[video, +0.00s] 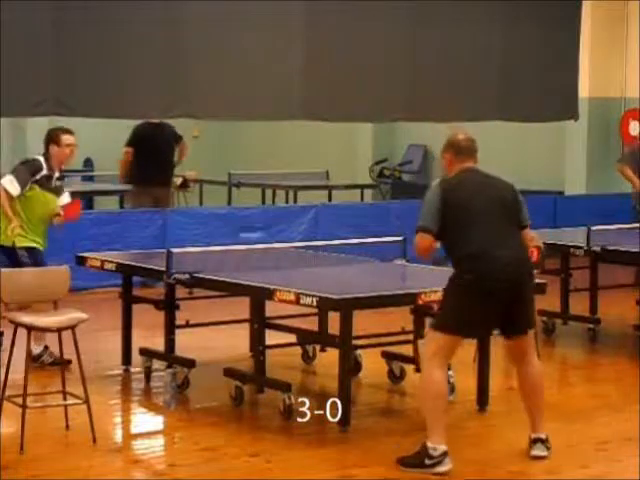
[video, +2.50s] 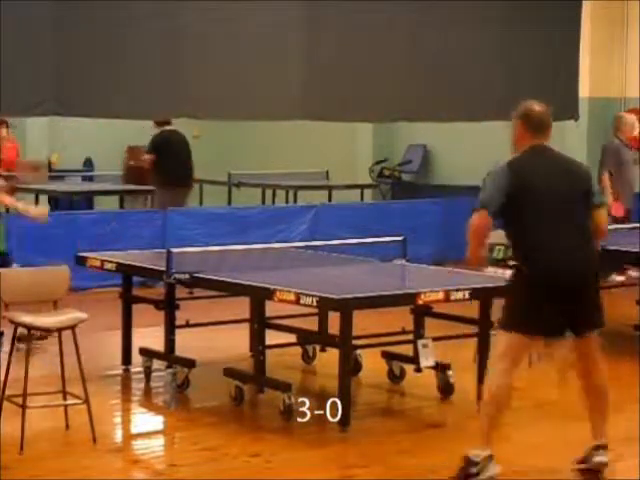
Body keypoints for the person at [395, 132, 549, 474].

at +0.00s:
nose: (441, 166)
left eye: (441, 161)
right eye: (442, 161)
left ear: (448, 158)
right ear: (476, 157)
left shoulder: (442, 189)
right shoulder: (506, 188)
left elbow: (423, 247)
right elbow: (529, 240)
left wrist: (443, 232)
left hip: (473, 282)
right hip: (518, 281)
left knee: (433, 358)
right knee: (526, 357)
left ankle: (435, 448)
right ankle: (539, 438)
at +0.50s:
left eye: (507, 173)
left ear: (508, 172)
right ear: (538, 174)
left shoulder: (496, 195)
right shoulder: (551, 205)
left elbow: (460, 227)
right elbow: (561, 257)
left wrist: (453, 262)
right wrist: (566, 271)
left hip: (505, 290)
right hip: (549, 289)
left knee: (464, 361)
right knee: (558, 351)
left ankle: (440, 444)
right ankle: (560, 421)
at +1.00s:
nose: (503, 161)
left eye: (503, 156)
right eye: (504, 155)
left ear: (509, 157)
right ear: (536, 155)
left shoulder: (512, 190)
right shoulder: (554, 189)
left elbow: (486, 238)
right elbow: (554, 237)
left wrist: (469, 265)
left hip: (537, 285)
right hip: (570, 281)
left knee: (489, 356)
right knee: (556, 346)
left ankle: (511, 446)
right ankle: (567, 420)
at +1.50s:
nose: (478, 187)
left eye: (478, 182)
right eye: (481, 182)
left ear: (482, 181)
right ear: (512, 181)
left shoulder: (482, 214)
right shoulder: (539, 212)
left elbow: (467, 265)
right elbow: (572, 264)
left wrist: (445, 292)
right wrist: (557, 293)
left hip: (511, 309)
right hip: (556, 304)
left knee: (458, 373)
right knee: (560, 361)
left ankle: (468, 461)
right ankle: (587, 437)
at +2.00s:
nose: (444, 144)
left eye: (444, 139)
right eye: (446, 138)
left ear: (448, 139)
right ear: (481, 136)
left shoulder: (451, 181)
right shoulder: (510, 165)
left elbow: (448, 238)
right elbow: (530, 218)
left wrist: (432, 262)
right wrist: (499, 235)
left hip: (484, 285)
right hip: (529, 278)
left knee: (454, 370)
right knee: (547, 364)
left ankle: (460, 461)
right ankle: (573, 448)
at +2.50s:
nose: (512, 135)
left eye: (513, 130)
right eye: (515, 129)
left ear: (519, 130)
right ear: (549, 131)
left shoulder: (509, 171)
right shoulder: (578, 170)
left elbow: (479, 224)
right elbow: (601, 225)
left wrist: (475, 261)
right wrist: (577, 248)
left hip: (534, 278)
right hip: (581, 277)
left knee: (503, 364)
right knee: (591, 359)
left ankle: (483, 452)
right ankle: (600, 446)